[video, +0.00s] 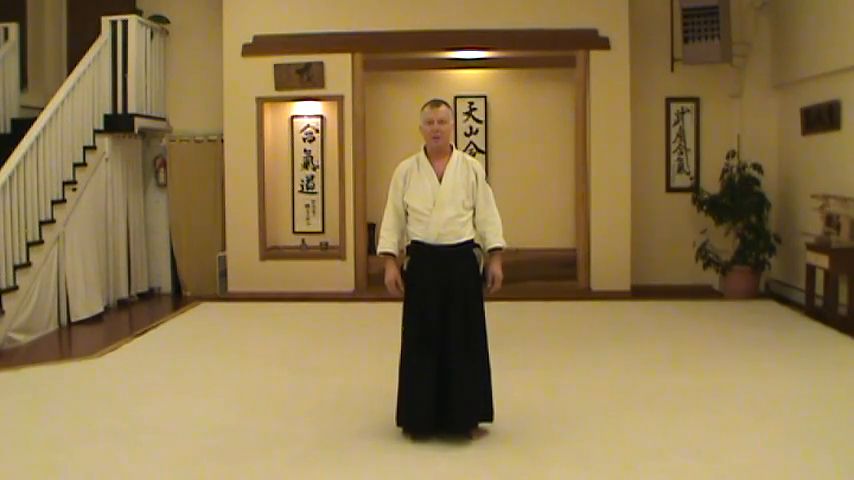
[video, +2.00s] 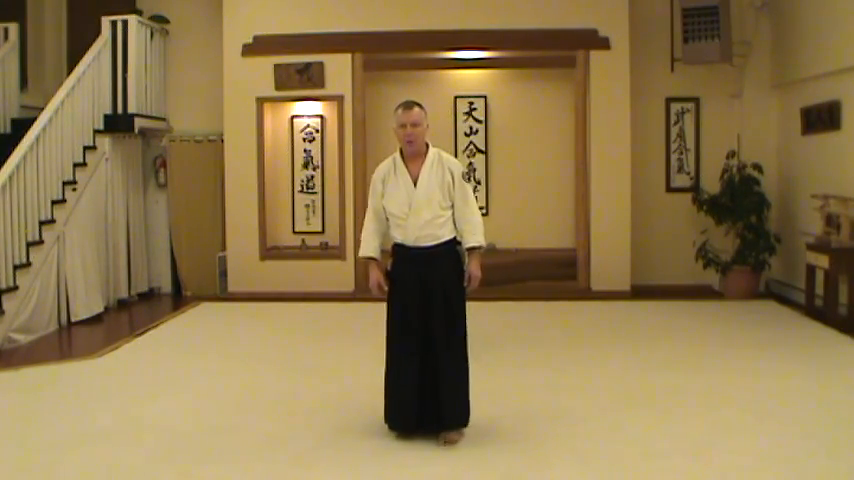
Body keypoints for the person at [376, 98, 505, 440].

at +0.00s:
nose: (436, 128)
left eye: (442, 122)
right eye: (429, 122)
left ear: (453, 126)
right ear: (420, 128)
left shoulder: (470, 167)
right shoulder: (406, 170)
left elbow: (486, 212)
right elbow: (393, 216)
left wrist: (494, 257)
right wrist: (390, 261)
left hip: (462, 260)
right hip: (422, 261)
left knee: (463, 337)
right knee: (422, 337)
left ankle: (463, 417)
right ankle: (420, 418)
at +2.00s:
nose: (409, 132)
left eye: (416, 125)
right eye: (403, 126)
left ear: (427, 128)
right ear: (395, 131)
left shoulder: (449, 166)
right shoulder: (384, 172)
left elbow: (466, 210)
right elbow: (374, 219)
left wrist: (474, 256)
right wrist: (372, 263)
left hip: (444, 261)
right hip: (405, 261)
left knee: (446, 338)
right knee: (405, 339)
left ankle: (451, 421)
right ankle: (408, 419)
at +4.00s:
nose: (426, 134)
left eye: (432, 128)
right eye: (420, 128)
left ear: (443, 131)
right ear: (412, 132)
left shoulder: (461, 173)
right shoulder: (399, 174)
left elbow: (477, 219)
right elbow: (387, 221)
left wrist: (476, 267)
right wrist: (388, 268)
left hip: (450, 264)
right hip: (416, 264)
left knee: (447, 341)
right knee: (419, 340)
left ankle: (444, 426)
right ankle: (424, 416)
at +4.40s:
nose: (420, 133)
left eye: (427, 128)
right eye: (415, 128)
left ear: (439, 132)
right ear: (407, 134)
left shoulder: (455, 173)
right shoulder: (395, 177)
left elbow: (471, 218)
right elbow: (385, 222)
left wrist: (469, 264)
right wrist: (391, 262)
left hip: (445, 262)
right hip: (411, 262)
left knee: (443, 340)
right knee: (413, 339)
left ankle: (441, 422)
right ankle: (418, 413)